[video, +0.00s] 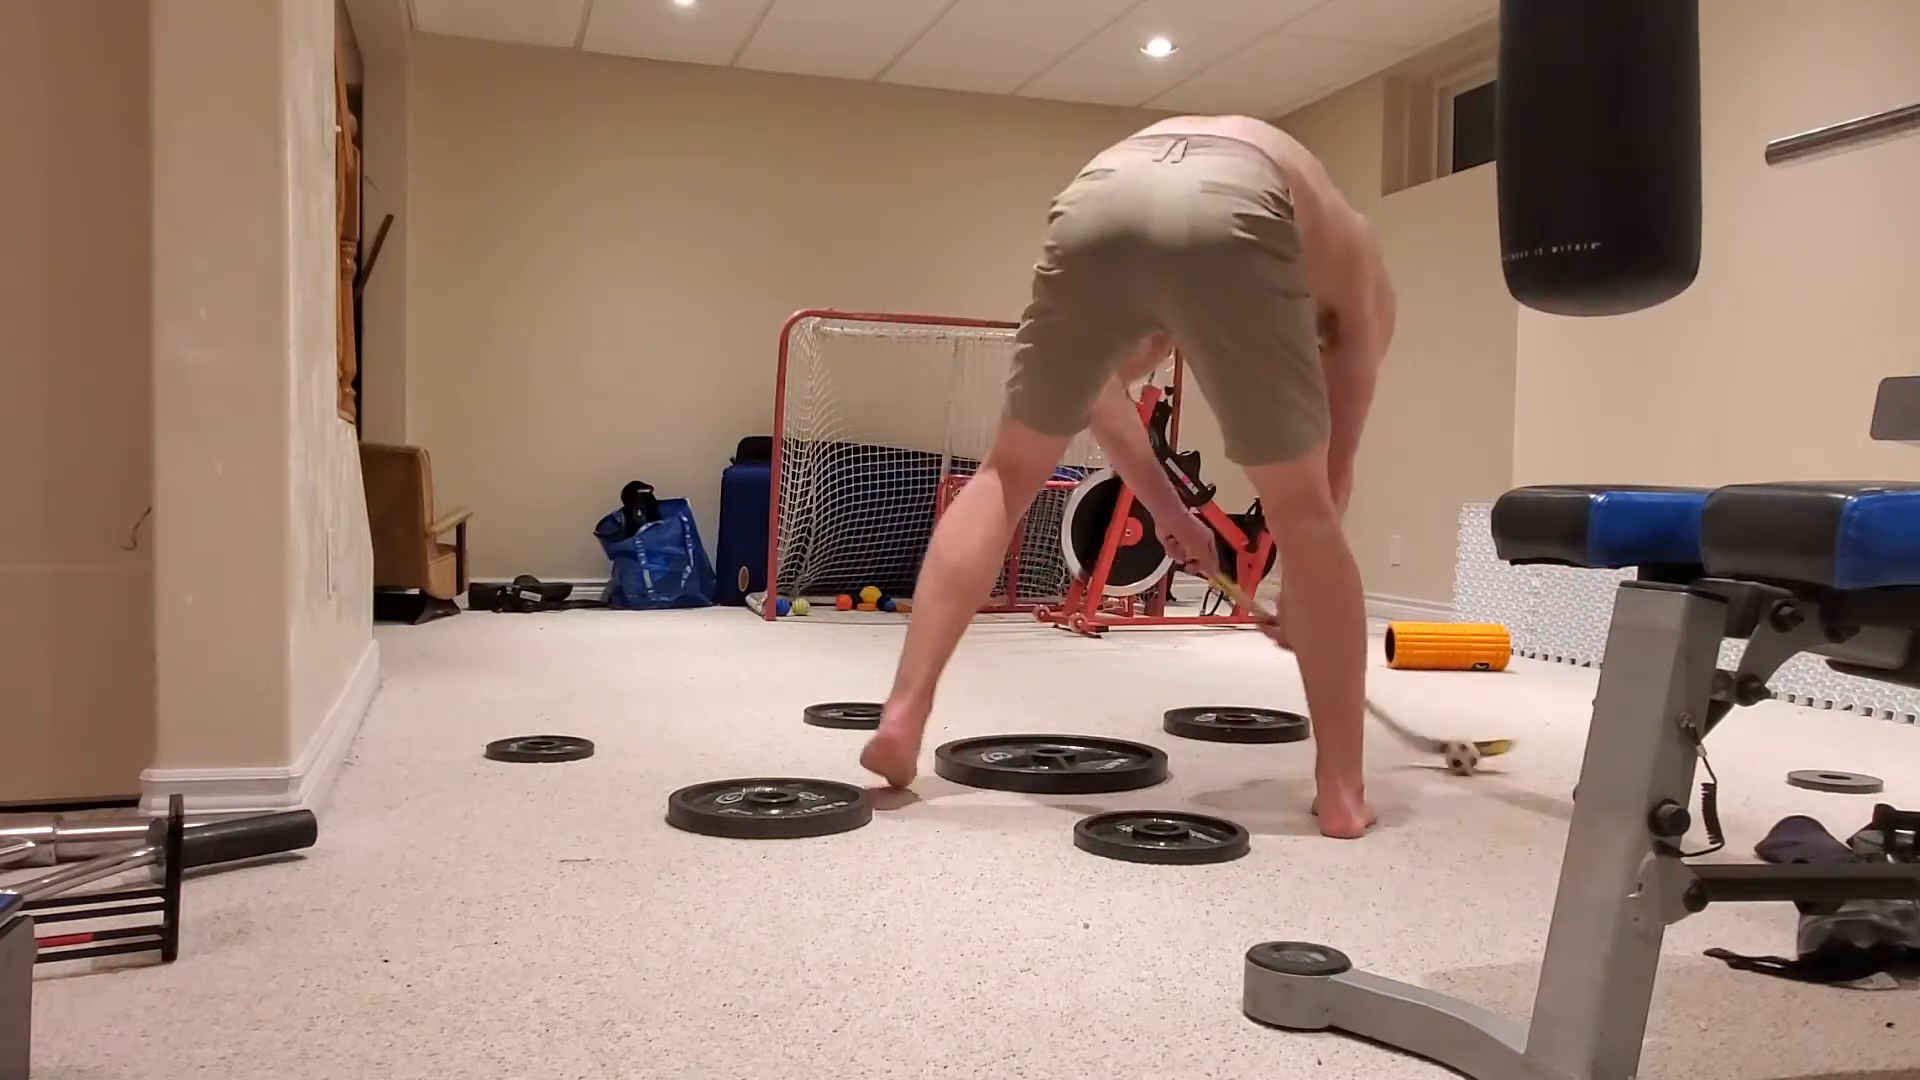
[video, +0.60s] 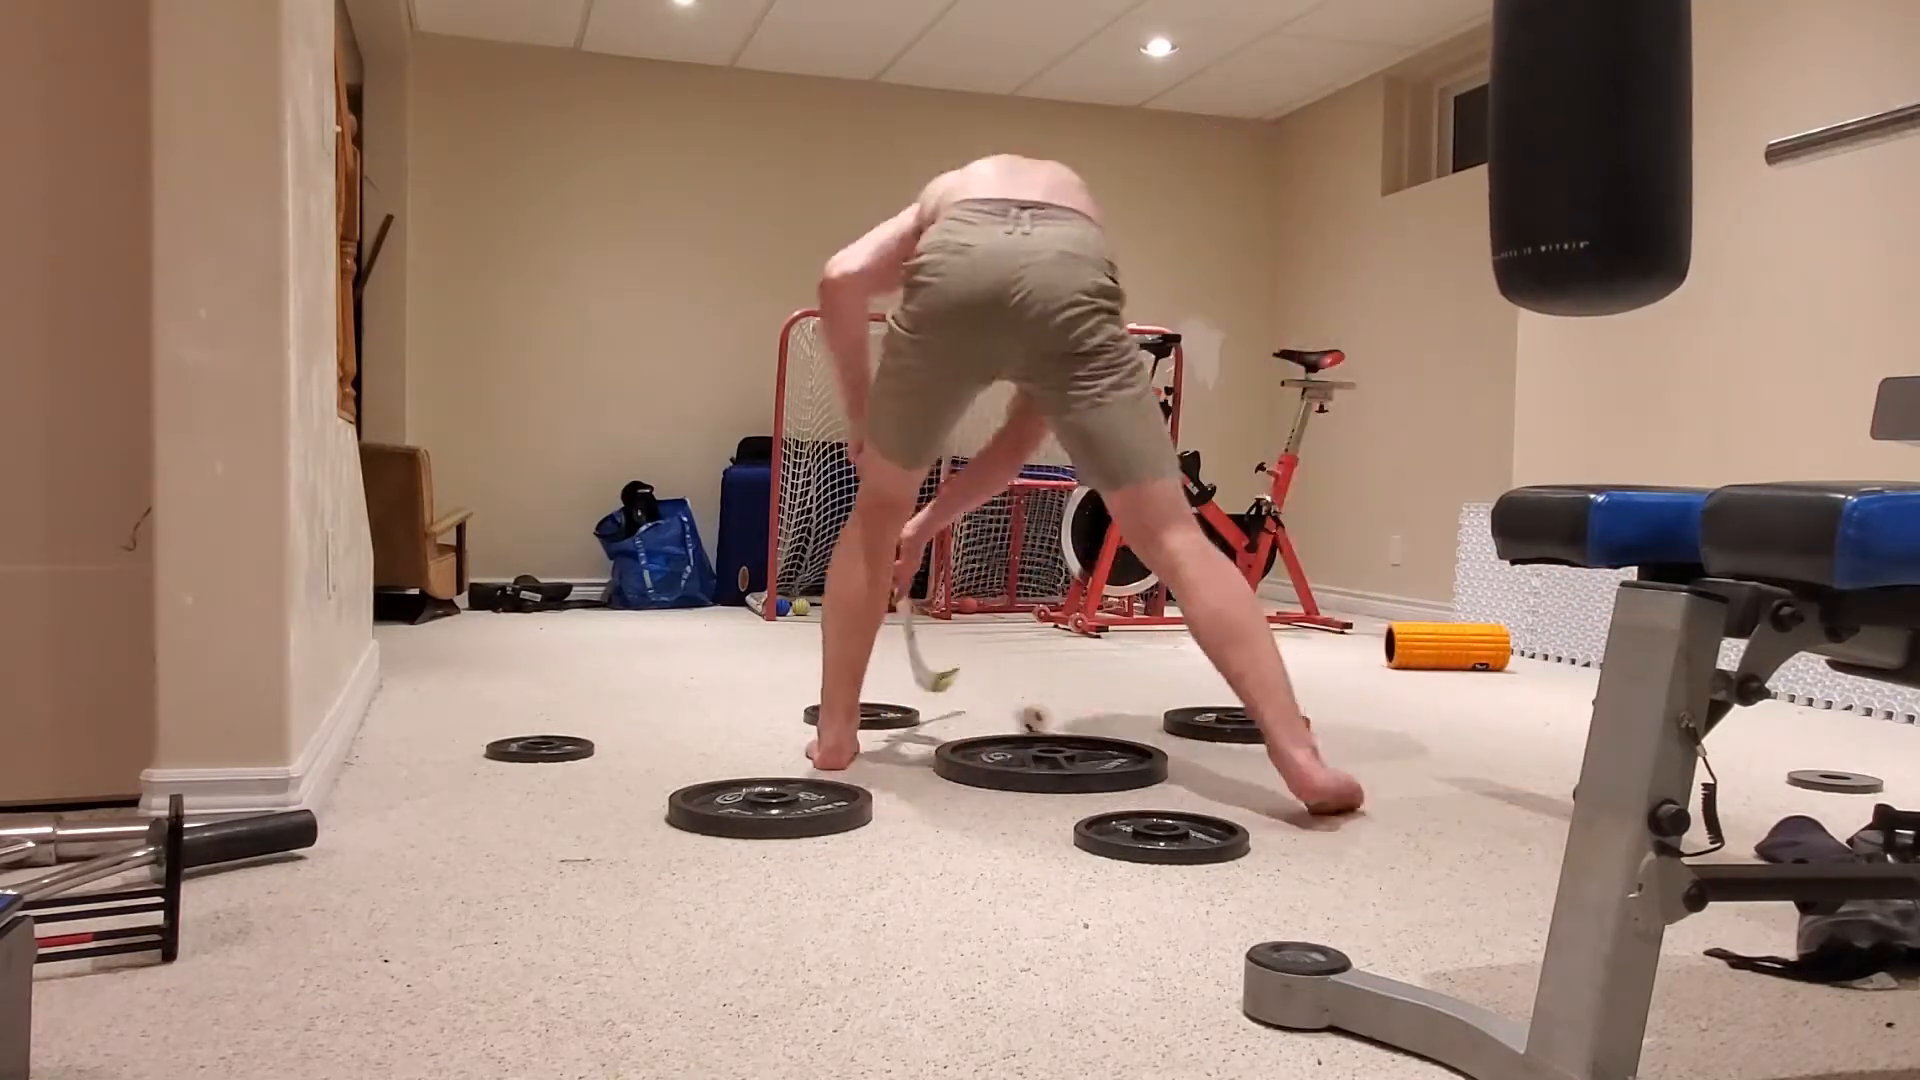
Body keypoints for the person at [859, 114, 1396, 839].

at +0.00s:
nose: (1149, 363)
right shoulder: (1359, 288)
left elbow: (1099, 394)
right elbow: (1331, 480)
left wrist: (1171, 513)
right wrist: (1301, 609)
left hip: (1097, 194)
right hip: (1235, 211)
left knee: (1004, 476)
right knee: (1309, 521)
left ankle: (901, 716)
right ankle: (1339, 791)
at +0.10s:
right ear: (1346, 295)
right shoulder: (1367, 273)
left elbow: (1111, 392)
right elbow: (1348, 441)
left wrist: (1190, 509)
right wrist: (1332, 579)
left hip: (1101, 191)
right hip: (1237, 210)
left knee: (990, 460)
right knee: (1300, 516)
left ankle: (881, 689)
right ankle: (1337, 788)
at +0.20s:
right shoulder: (1345, 257)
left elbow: (1091, 368)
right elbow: (1344, 420)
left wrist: (1188, 480)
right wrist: (1339, 583)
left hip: (1089, 196)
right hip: (1224, 218)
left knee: (966, 459)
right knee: (1296, 546)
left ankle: (855, 686)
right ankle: (1335, 793)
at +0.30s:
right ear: (1277, 287)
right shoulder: (1303, 260)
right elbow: (1287, 388)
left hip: (1053, 217)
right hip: (1185, 230)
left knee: (944, 477)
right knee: (1272, 527)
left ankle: (846, 686)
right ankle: (1331, 789)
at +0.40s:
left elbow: (946, 208)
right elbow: (1183, 394)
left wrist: (960, 338)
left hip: (1019, 241)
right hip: (1139, 249)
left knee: (925, 504)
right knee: (1239, 533)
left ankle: (840, 721)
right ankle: (1325, 789)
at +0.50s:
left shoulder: (986, 211)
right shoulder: (1150, 259)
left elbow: (888, 232)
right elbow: (1097, 419)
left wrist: (903, 370)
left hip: (989, 252)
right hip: (1109, 267)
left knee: (897, 519)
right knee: (1205, 547)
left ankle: (839, 737)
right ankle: (1316, 786)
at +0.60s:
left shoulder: (941, 199)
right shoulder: (1085, 246)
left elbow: (840, 278)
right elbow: (1015, 442)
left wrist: (860, 423)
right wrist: (926, 528)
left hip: (957, 248)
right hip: (1075, 258)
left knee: (877, 516)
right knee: (1173, 536)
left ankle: (835, 736)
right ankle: (1302, 761)